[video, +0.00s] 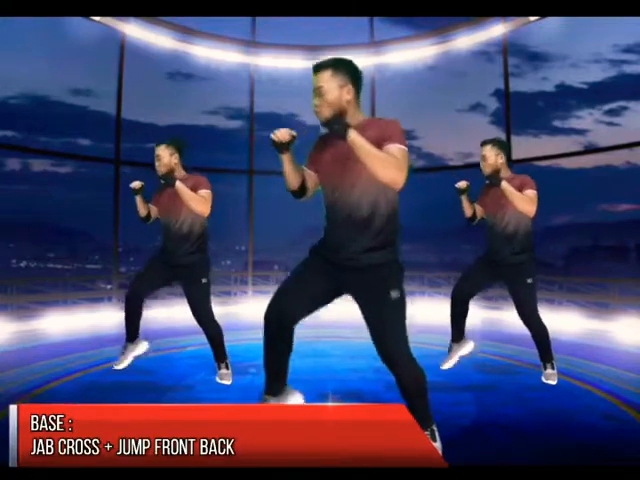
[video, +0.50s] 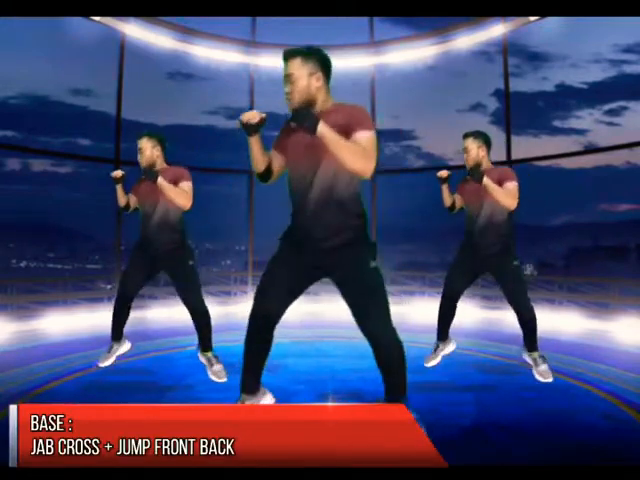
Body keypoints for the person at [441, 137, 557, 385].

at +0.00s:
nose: (481, 162)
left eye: (485, 157)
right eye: (481, 158)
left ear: (500, 157)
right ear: (489, 160)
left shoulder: (523, 182)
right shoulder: (488, 190)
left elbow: (530, 210)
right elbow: (473, 216)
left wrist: (503, 184)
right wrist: (464, 195)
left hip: (519, 262)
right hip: (492, 260)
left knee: (529, 316)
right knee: (460, 294)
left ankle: (548, 364)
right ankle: (458, 342)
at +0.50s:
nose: (465, 154)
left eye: (469, 149)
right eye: (464, 150)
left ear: (484, 151)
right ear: (466, 154)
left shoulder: (504, 174)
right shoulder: (466, 184)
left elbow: (511, 203)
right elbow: (451, 206)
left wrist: (484, 179)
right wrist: (444, 184)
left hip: (501, 251)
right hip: (472, 251)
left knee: (521, 304)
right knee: (450, 293)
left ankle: (532, 352)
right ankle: (443, 341)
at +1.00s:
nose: (494, 161)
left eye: (498, 156)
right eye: (492, 156)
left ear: (512, 157)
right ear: (490, 159)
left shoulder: (529, 183)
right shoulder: (485, 189)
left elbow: (542, 208)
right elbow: (466, 209)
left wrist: (517, 184)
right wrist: (457, 195)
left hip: (522, 262)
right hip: (491, 262)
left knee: (539, 317)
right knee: (467, 306)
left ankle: (548, 364)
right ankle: (462, 354)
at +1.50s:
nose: (480, 162)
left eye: (482, 157)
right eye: (480, 158)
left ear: (492, 156)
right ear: (497, 157)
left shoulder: (496, 176)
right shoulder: (501, 179)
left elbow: (458, 182)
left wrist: (433, 173)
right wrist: (441, 176)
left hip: (499, 258)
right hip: (489, 256)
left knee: (513, 313)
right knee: (464, 300)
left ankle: (548, 359)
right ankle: (461, 354)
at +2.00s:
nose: (490, 168)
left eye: (493, 162)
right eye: (487, 164)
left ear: (508, 160)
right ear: (488, 165)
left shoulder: (530, 182)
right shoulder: (495, 191)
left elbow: (540, 212)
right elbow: (478, 216)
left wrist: (513, 185)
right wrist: (469, 195)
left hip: (526, 262)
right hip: (498, 261)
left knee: (534, 317)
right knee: (473, 305)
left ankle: (548, 364)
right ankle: (462, 354)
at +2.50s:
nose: (461, 164)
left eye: (465, 159)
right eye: (460, 160)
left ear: (479, 160)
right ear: (462, 163)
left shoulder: (500, 188)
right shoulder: (461, 195)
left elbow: (510, 220)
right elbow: (444, 215)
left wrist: (486, 196)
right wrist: (438, 194)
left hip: (496, 264)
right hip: (465, 263)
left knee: (520, 312)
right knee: (447, 305)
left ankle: (519, 358)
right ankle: (443, 347)